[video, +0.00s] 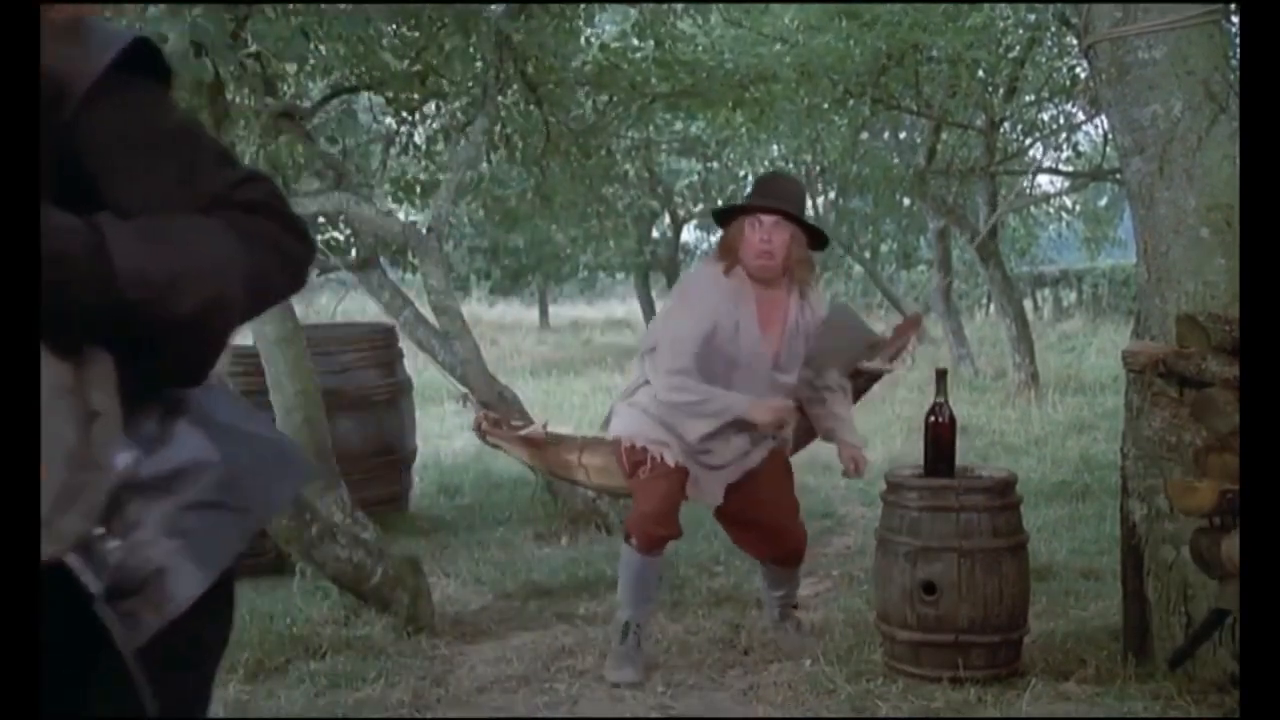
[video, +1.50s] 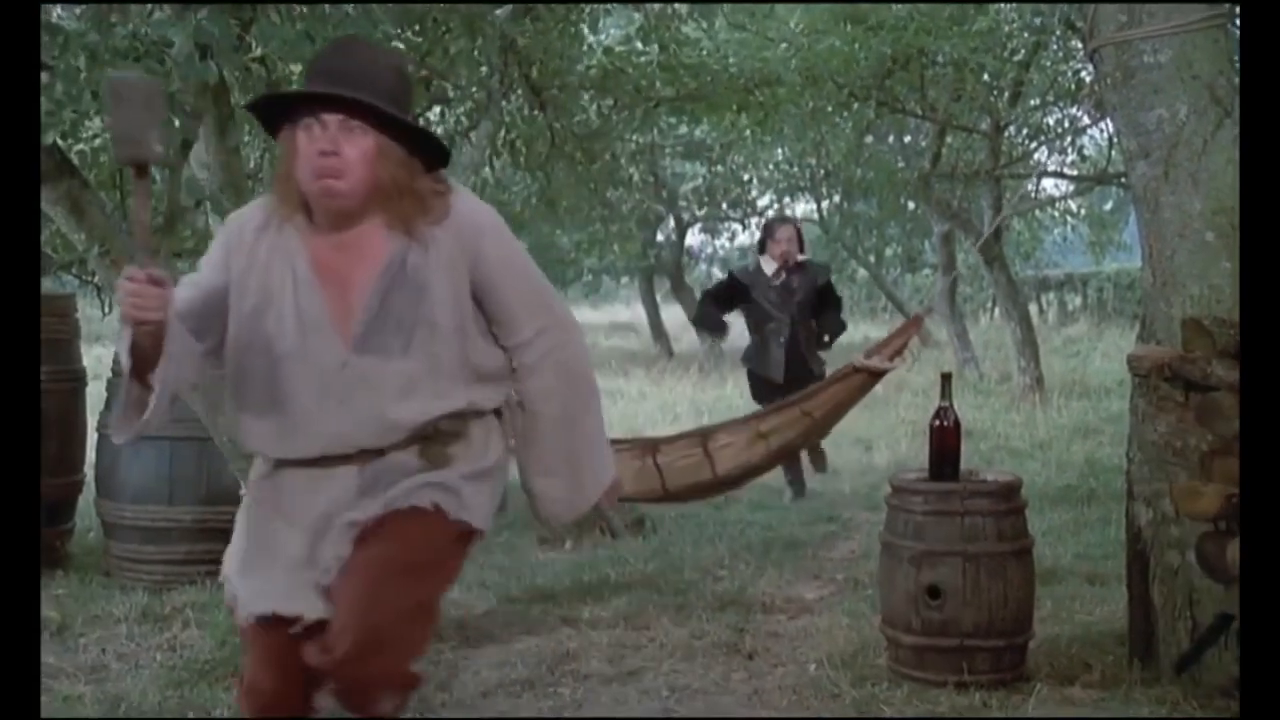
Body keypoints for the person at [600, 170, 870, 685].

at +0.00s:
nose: (764, 237)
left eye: (777, 226)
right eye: (753, 224)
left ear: (797, 240)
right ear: (736, 234)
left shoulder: (807, 304)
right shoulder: (706, 288)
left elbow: (823, 379)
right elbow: (667, 383)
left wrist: (845, 436)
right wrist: (747, 408)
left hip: (748, 429)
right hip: (664, 420)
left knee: (785, 536)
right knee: (655, 511)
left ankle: (781, 619)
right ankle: (629, 637)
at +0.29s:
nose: (680, 203)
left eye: (695, 193)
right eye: (669, 192)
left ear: (717, 209)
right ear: (650, 201)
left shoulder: (736, 265)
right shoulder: (609, 262)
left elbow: (772, 339)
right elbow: (549, 316)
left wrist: (790, 408)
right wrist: (559, 351)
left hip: (710, 420)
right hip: (621, 423)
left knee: (752, 522)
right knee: (637, 534)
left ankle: (733, 580)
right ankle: (626, 640)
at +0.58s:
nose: (637, 197)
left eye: (653, 186)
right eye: (626, 185)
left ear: (680, 201)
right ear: (611, 195)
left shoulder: (709, 264)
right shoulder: (572, 260)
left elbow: (750, 350)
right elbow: (524, 319)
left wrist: (747, 420)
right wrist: (510, 330)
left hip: (674, 430)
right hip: (581, 434)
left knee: (669, 528)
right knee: (599, 587)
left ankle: (638, 687)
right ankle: (627, 636)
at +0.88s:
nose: (588, 176)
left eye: (606, 163)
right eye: (575, 161)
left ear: (635, 180)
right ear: (555, 174)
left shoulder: (674, 244)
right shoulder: (523, 246)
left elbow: (737, 335)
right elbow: (481, 322)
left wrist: (766, 434)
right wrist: (454, 328)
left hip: (655, 449)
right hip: (541, 448)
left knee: (647, 602)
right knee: (525, 578)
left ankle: (615, 703)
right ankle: (559, 650)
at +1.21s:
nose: (458, 176)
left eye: (479, 161)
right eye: (443, 159)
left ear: (514, 177)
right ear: (419, 173)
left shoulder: (563, 244)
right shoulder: (384, 259)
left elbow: (643, 338)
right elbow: (333, 405)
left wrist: (656, 450)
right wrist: (307, 359)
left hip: (555, 492)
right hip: (414, 491)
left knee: (620, 669)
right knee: (348, 631)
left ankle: (618, 702)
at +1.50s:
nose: (327, 144)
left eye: (351, 127)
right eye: (312, 126)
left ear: (392, 147)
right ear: (288, 143)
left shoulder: (458, 226)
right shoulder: (252, 235)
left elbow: (547, 341)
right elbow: (188, 350)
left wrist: (570, 474)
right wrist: (149, 325)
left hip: (430, 471)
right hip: (294, 482)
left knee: (361, 647)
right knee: (268, 684)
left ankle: (380, 703)